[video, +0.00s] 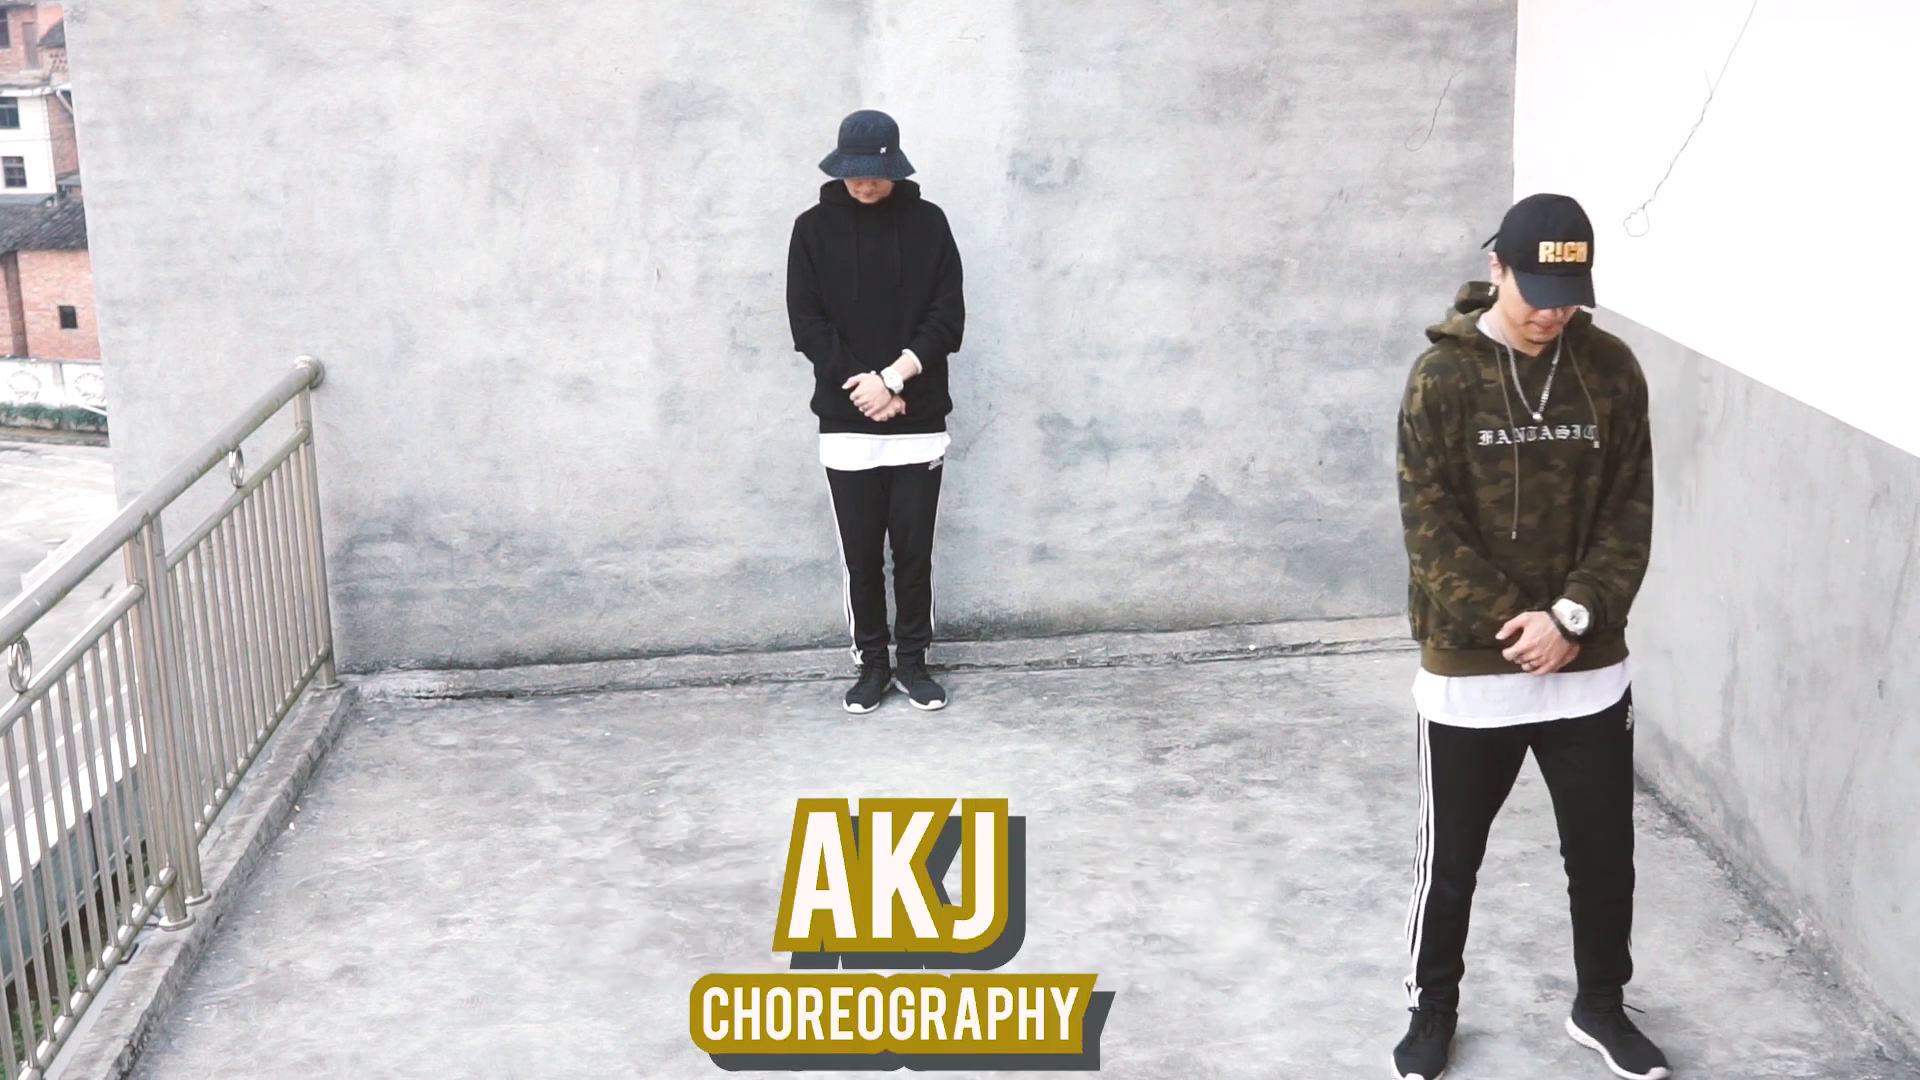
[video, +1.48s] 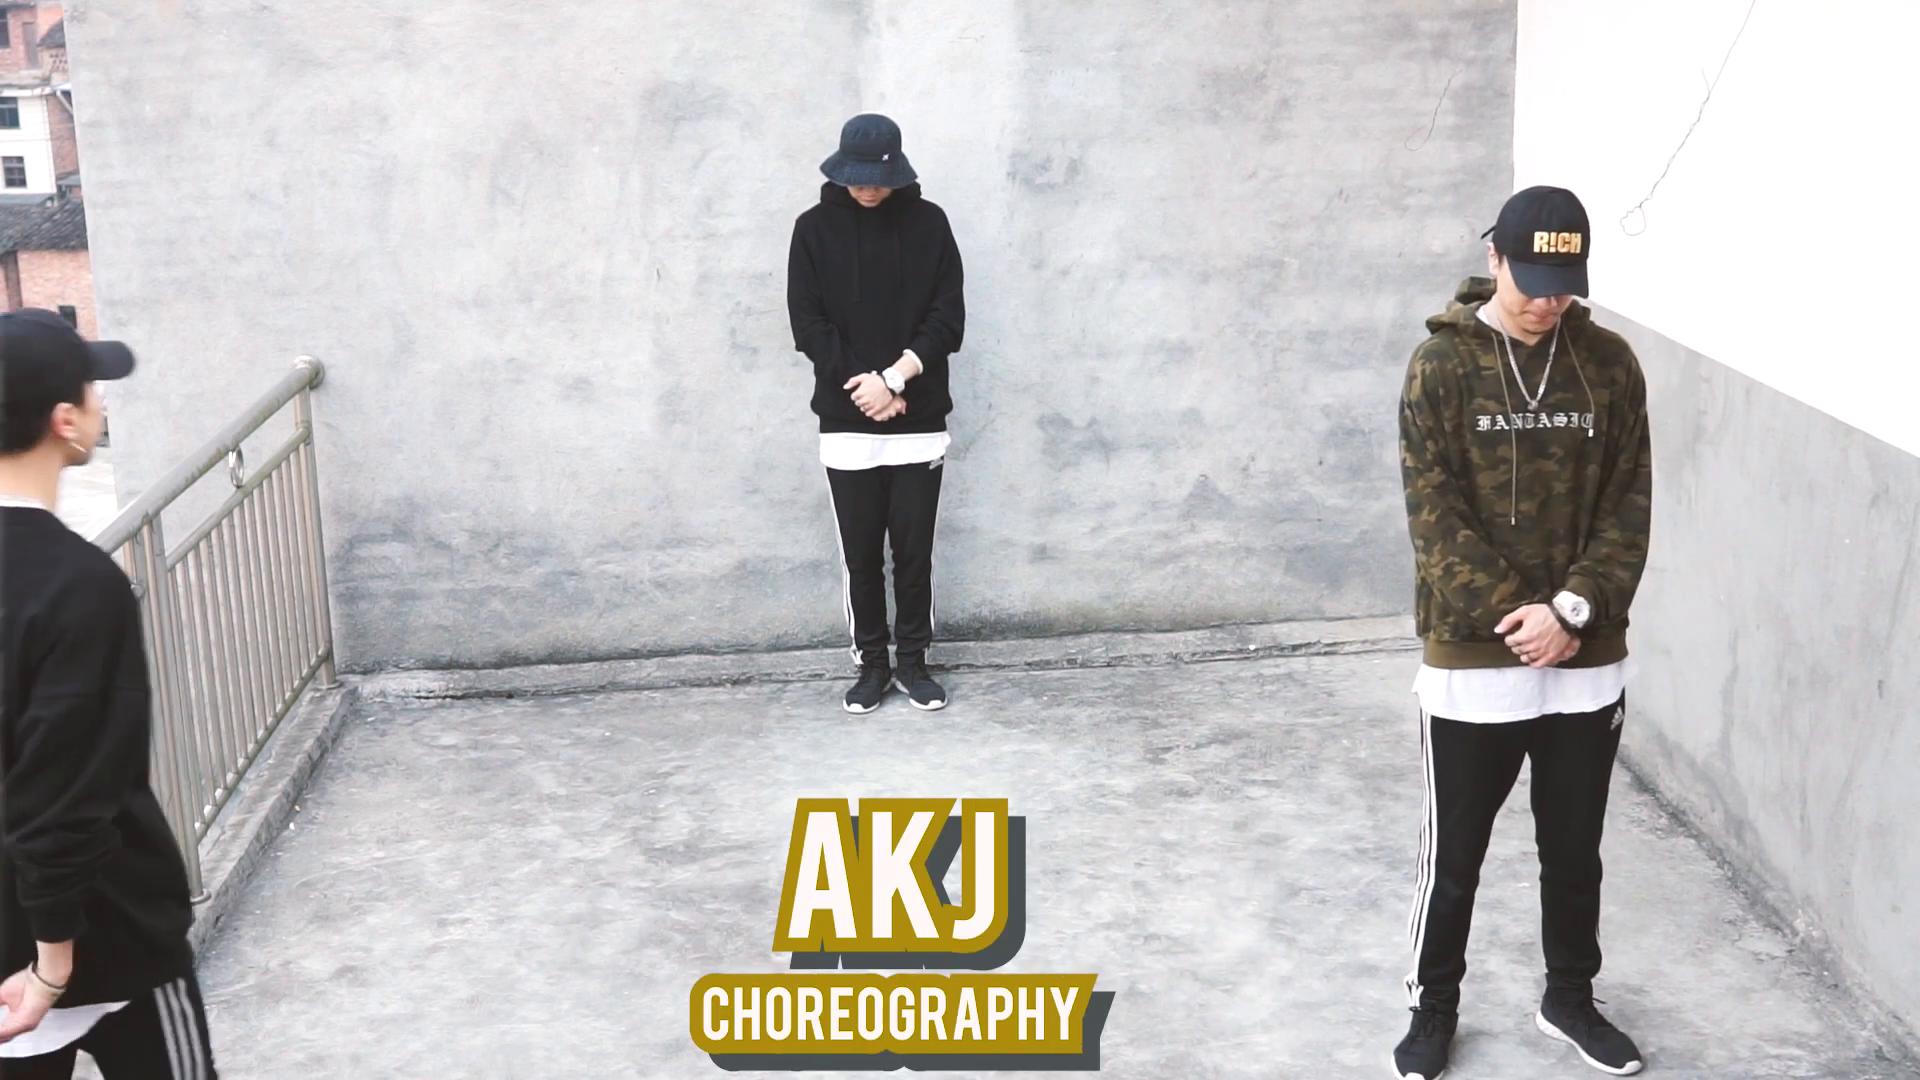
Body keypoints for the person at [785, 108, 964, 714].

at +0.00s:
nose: (865, 184)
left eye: (876, 173)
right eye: (855, 173)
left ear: (896, 169)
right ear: (839, 170)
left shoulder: (927, 221)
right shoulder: (814, 227)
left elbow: (948, 317)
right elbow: (806, 323)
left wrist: (894, 373)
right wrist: (863, 387)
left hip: (919, 413)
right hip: (845, 416)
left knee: (913, 549)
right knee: (861, 552)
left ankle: (913, 664)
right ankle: (872, 666)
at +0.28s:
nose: (865, 185)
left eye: (876, 175)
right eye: (854, 174)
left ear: (896, 170)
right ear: (839, 170)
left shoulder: (926, 221)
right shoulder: (813, 227)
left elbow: (947, 317)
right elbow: (806, 323)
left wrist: (894, 373)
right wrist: (862, 387)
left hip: (918, 413)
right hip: (845, 416)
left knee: (913, 549)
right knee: (861, 552)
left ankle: (913, 663)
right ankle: (872, 666)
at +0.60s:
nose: (865, 187)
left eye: (876, 177)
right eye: (854, 176)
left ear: (896, 171)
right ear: (839, 171)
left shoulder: (926, 221)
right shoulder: (813, 228)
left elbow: (947, 317)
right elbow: (806, 325)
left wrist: (893, 373)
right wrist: (862, 386)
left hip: (918, 414)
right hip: (844, 418)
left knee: (913, 549)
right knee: (860, 552)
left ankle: (913, 664)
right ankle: (872, 666)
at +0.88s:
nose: (866, 189)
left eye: (877, 178)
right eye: (855, 178)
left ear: (895, 172)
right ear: (839, 173)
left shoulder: (926, 221)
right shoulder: (812, 228)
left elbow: (947, 318)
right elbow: (806, 325)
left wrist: (894, 373)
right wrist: (862, 386)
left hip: (918, 414)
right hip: (844, 418)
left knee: (913, 548)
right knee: (861, 552)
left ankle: (913, 664)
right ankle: (872, 666)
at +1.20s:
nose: (866, 190)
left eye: (878, 179)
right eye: (856, 179)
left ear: (896, 173)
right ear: (840, 173)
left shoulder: (927, 221)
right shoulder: (814, 228)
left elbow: (947, 317)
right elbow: (807, 325)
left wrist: (894, 374)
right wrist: (862, 386)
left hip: (919, 414)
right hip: (844, 418)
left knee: (913, 549)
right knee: (861, 552)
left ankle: (913, 664)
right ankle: (872, 666)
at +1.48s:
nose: (868, 190)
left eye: (879, 180)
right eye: (857, 179)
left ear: (897, 173)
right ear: (840, 173)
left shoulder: (928, 222)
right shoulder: (814, 228)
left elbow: (948, 317)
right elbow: (807, 324)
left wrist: (895, 373)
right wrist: (863, 386)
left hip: (919, 414)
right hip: (845, 417)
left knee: (913, 549)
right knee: (861, 551)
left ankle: (913, 664)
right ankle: (872, 666)